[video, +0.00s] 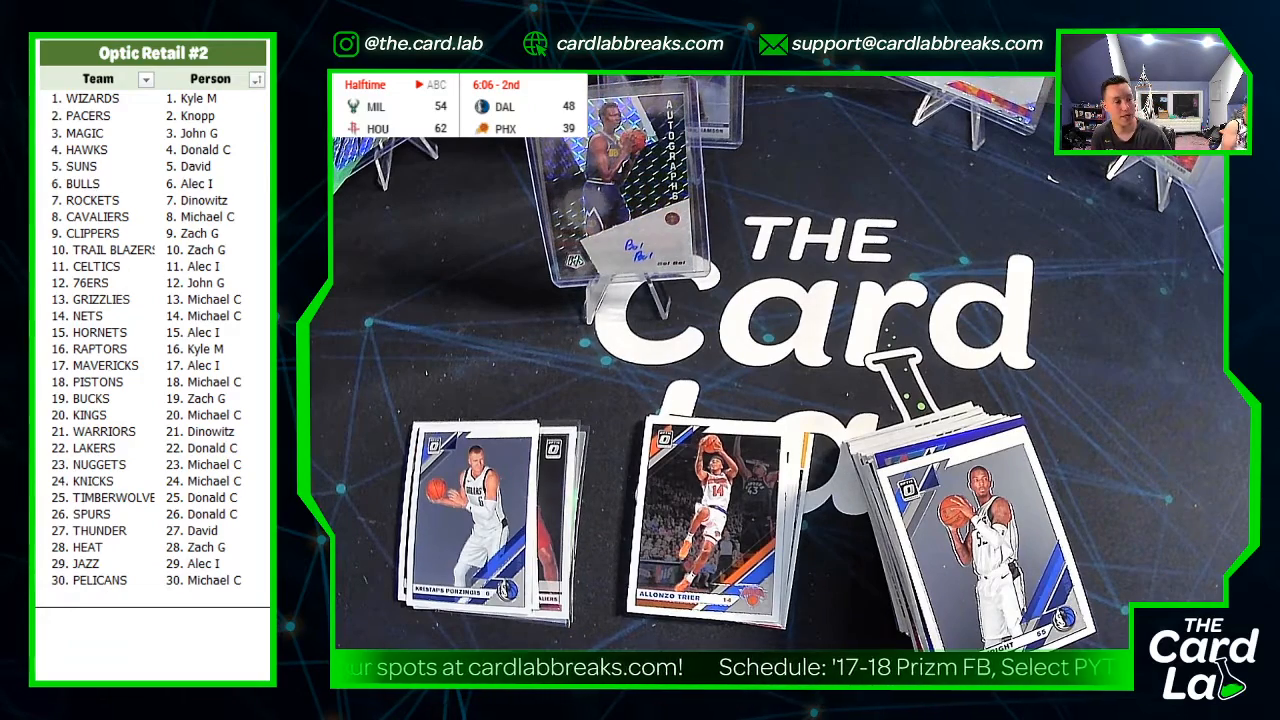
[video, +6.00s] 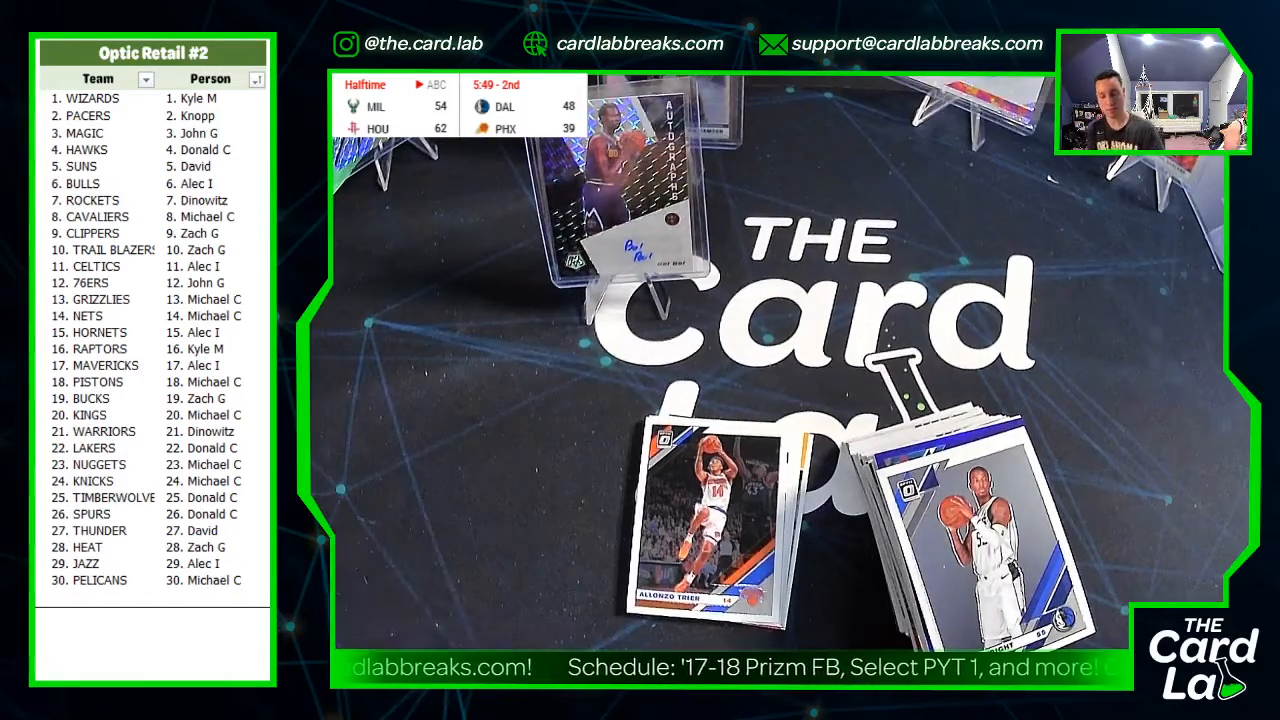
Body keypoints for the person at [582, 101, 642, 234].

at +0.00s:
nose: (618, 118)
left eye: (618, 114)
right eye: (613, 115)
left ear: (620, 116)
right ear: (604, 118)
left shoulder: (616, 140)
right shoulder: (598, 140)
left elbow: (620, 177)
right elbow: (606, 175)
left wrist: (633, 157)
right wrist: (624, 152)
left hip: (612, 188)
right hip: (597, 190)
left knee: (626, 230)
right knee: (597, 236)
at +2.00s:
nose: (617, 118)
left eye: (618, 114)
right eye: (613, 115)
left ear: (620, 117)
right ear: (603, 118)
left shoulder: (616, 141)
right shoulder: (598, 140)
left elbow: (622, 173)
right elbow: (606, 176)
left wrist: (633, 153)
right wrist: (624, 154)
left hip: (613, 189)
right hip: (597, 191)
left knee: (624, 229)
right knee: (599, 234)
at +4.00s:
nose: (615, 118)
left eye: (617, 115)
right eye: (611, 115)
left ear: (620, 118)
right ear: (602, 118)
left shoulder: (617, 142)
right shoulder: (598, 141)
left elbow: (620, 179)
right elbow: (607, 176)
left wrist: (633, 155)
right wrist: (624, 155)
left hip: (612, 189)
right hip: (596, 191)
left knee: (624, 229)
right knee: (598, 236)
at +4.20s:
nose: (616, 119)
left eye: (618, 115)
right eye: (612, 115)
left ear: (620, 118)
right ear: (602, 118)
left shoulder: (617, 142)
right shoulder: (598, 140)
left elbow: (619, 179)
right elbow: (606, 176)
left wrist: (632, 157)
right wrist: (624, 154)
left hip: (611, 189)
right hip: (597, 190)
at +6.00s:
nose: (617, 118)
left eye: (618, 115)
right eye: (612, 116)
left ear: (620, 117)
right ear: (603, 119)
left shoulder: (618, 141)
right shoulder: (598, 141)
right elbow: (607, 176)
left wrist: (633, 155)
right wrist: (624, 155)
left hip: (613, 189)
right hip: (597, 191)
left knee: (624, 227)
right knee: (601, 233)